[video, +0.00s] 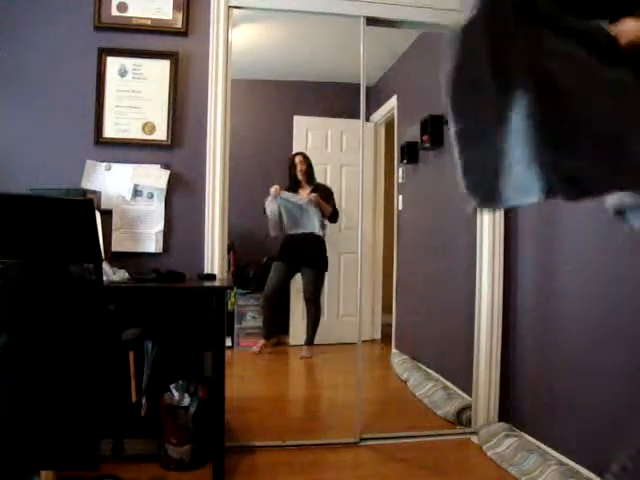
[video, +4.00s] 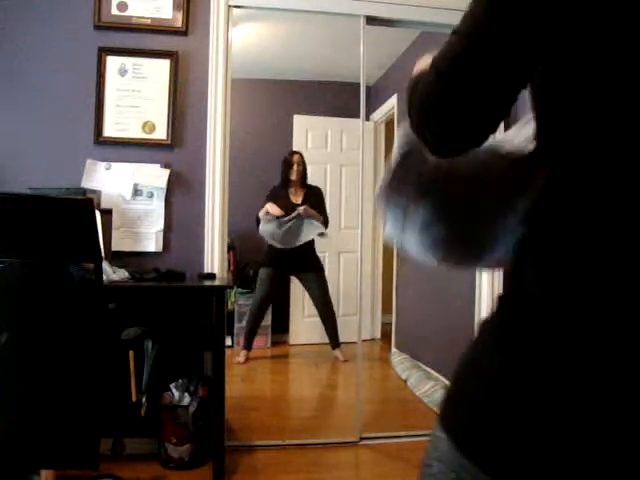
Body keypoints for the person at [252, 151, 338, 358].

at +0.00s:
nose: (301, 167)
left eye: (303, 163)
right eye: (297, 164)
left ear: (309, 166)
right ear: (291, 169)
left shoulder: (321, 190)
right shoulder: (286, 193)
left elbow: (334, 217)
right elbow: (274, 219)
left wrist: (319, 202)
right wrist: (274, 197)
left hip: (313, 243)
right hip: (290, 243)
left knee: (311, 296)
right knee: (270, 292)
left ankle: (308, 344)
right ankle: (268, 337)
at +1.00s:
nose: (279, 160)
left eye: (283, 157)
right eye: (275, 156)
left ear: (288, 161)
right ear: (268, 161)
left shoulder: (294, 185)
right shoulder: (260, 185)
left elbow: (312, 203)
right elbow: (244, 204)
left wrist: (327, 184)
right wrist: (244, 184)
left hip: (294, 241)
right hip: (270, 244)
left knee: (310, 292)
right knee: (266, 297)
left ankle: (313, 338)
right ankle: (263, 349)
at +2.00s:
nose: (317, 162)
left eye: (321, 158)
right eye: (313, 158)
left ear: (326, 162)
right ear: (307, 164)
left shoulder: (337, 190)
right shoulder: (298, 189)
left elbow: (355, 216)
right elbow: (270, 210)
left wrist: (346, 229)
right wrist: (280, 222)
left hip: (325, 249)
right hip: (297, 248)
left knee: (332, 302)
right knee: (275, 293)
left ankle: (335, 347)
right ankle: (250, 341)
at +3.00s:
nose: (298, 170)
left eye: (301, 167)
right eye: (294, 167)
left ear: (306, 170)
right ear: (287, 170)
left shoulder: (315, 198)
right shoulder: (277, 196)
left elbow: (332, 229)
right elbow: (256, 225)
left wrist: (316, 235)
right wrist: (278, 230)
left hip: (307, 255)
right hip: (279, 256)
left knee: (325, 300)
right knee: (262, 299)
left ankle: (336, 347)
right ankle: (247, 348)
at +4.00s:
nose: (296, 168)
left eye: (300, 164)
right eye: (293, 164)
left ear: (305, 168)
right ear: (286, 167)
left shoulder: (314, 193)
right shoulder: (276, 192)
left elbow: (324, 223)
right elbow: (260, 221)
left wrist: (311, 213)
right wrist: (266, 211)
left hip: (305, 254)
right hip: (276, 255)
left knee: (322, 299)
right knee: (261, 299)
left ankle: (336, 347)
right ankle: (245, 348)